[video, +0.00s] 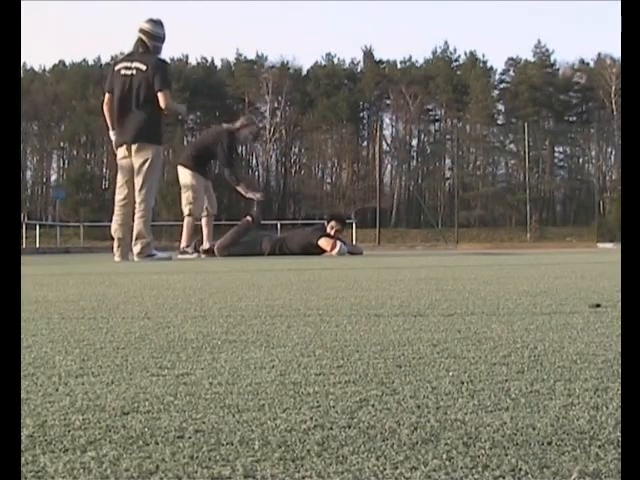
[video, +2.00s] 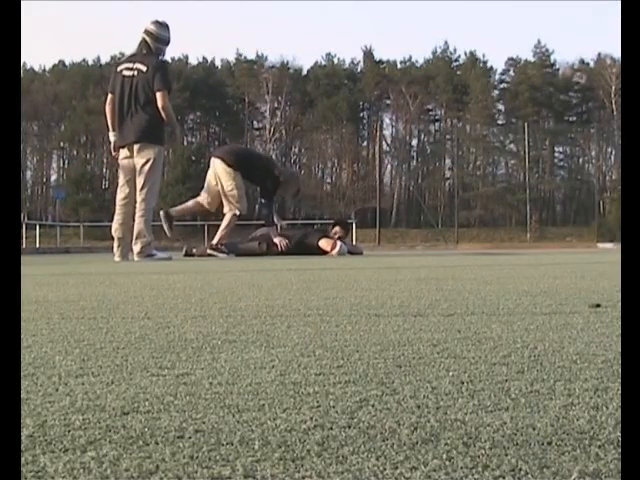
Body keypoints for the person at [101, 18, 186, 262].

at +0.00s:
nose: (162, 46)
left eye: (162, 42)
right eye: (161, 42)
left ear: (140, 37)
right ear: (157, 41)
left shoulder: (119, 64)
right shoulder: (156, 64)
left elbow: (107, 102)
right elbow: (165, 103)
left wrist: (113, 130)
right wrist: (181, 109)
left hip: (121, 136)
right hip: (147, 136)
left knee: (122, 194)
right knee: (145, 194)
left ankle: (119, 249)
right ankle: (142, 247)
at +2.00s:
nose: (165, 49)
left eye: (165, 45)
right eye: (165, 45)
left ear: (144, 38)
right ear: (160, 43)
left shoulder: (121, 65)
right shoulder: (157, 64)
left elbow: (110, 102)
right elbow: (162, 102)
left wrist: (113, 133)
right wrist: (173, 125)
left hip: (123, 136)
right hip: (148, 136)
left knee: (124, 194)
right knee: (146, 196)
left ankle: (119, 249)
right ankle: (142, 248)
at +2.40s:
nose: (165, 49)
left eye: (166, 44)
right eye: (165, 44)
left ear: (144, 38)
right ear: (161, 43)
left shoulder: (122, 64)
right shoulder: (157, 64)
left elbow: (110, 102)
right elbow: (162, 101)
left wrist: (113, 133)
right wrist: (174, 125)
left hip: (124, 136)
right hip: (148, 136)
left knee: (124, 195)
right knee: (146, 195)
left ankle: (119, 249)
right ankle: (143, 248)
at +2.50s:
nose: (164, 49)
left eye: (165, 44)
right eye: (164, 44)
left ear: (143, 38)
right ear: (160, 43)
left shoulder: (121, 65)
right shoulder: (156, 64)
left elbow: (110, 104)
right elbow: (162, 102)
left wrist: (114, 134)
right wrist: (175, 127)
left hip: (124, 137)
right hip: (148, 137)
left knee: (124, 195)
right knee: (146, 195)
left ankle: (119, 249)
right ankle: (143, 248)